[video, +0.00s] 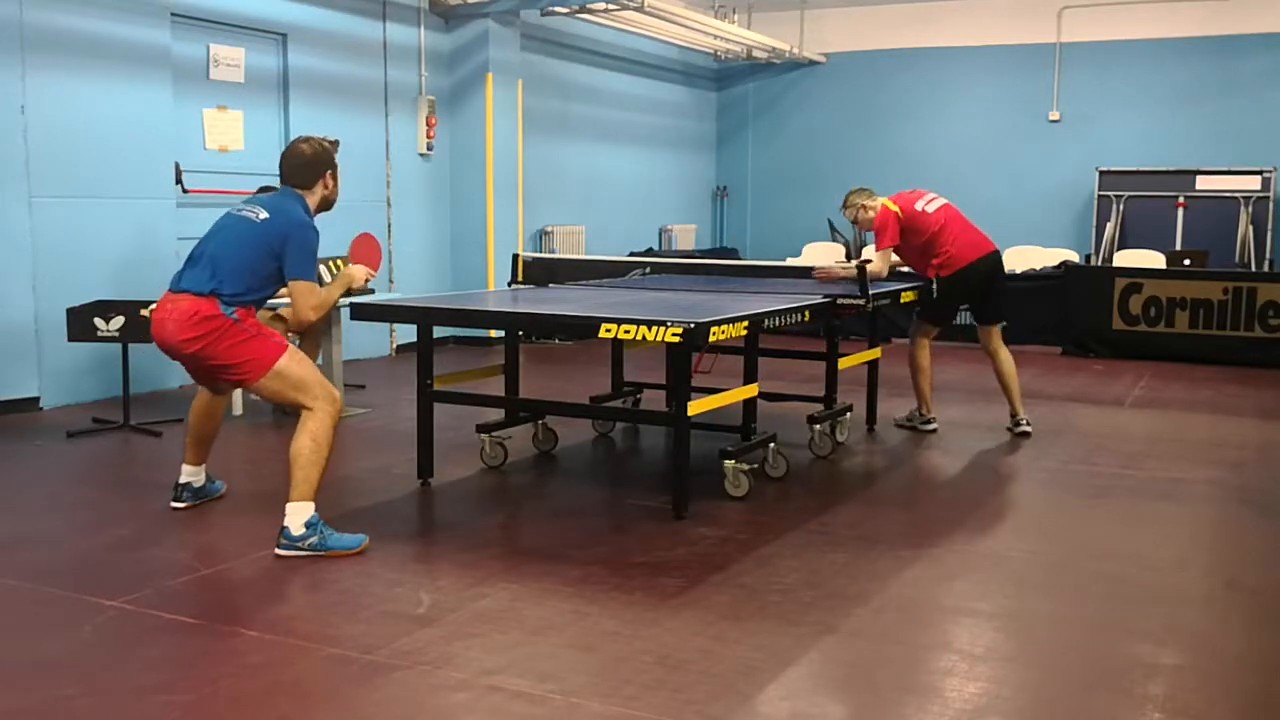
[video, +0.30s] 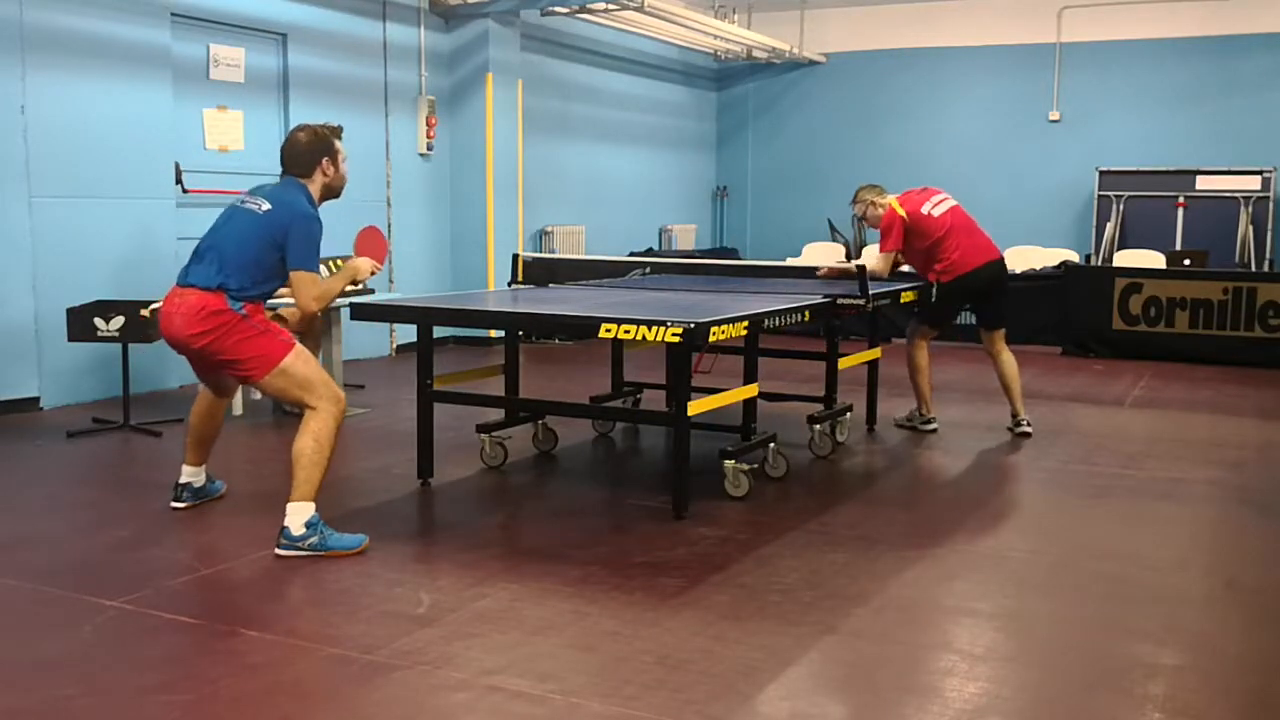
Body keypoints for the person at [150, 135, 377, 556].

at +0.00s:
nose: (338, 181)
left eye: (337, 173)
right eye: (337, 174)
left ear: (286, 177)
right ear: (325, 180)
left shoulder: (258, 202)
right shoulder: (298, 222)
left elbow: (234, 277)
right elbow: (305, 313)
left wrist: (274, 316)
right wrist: (347, 279)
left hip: (168, 315)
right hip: (207, 321)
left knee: (219, 382)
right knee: (323, 401)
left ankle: (190, 483)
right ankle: (300, 525)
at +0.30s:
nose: (346, 169)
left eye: (345, 160)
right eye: (343, 161)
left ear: (295, 166)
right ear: (325, 167)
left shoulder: (262, 193)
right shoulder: (302, 211)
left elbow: (242, 272)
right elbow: (310, 301)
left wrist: (280, 313)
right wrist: (352, 271)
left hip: (176, 310)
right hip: (217, 316)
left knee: (220, 384)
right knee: (327, 401)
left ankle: (190, 482)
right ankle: (300, 526)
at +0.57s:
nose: (344, 159)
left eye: (342, 150)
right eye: (341, 151)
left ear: (293, 156)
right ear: (324, 157)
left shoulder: (256, 188)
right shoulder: (303, 205)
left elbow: (200, 235)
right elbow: (312, 293)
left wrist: (254, 271)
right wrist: (355, 265)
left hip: (184, 309)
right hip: (227, 314)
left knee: (225, 384)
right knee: (332, 402)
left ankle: (190, 482)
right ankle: (300, 525)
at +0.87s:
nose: (333, 140)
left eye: (329, 131)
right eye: (328, 133)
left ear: (287, 143)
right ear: (310, 142)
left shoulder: (245, 179)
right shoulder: (296, 193)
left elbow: (187, 221)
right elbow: (300, 277)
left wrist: (213, 272)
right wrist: (350, 260)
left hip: (194, 307)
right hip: (235, 310)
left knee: (234, 385)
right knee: (331, 401)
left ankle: (192, 480)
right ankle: (301, 526)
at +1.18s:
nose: (320, 128)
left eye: (317, 119)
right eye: (315, 120)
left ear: (277, 130)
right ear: (295, 128)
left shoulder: (238, 167)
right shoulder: (276, 180)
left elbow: (191, 214)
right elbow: (274, 258)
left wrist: (233, 254)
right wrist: (331, 244)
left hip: (203, 297)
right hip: (239, 301)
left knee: (242, 386)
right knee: (314, 397)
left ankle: (193, 480)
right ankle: (306, 515)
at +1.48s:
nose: (337, 125)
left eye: (335, 116)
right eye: (331, 116)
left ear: (300, 123)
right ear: (307, 122)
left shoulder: (281, 162)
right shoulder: (280, 169)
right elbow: (250, 247)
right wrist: (316, 261)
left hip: (234, 290)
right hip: (251, 294)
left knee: (263, 381)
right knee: (341, 379)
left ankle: (201, 467)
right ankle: (310, 496)